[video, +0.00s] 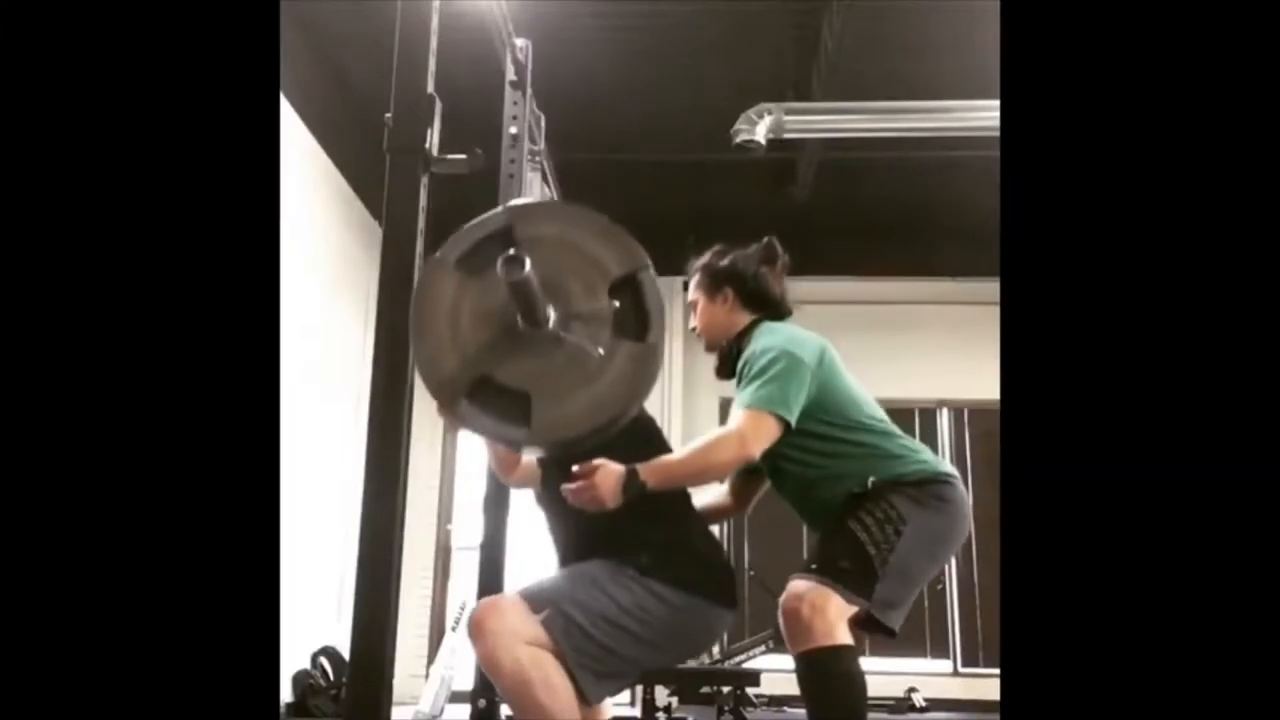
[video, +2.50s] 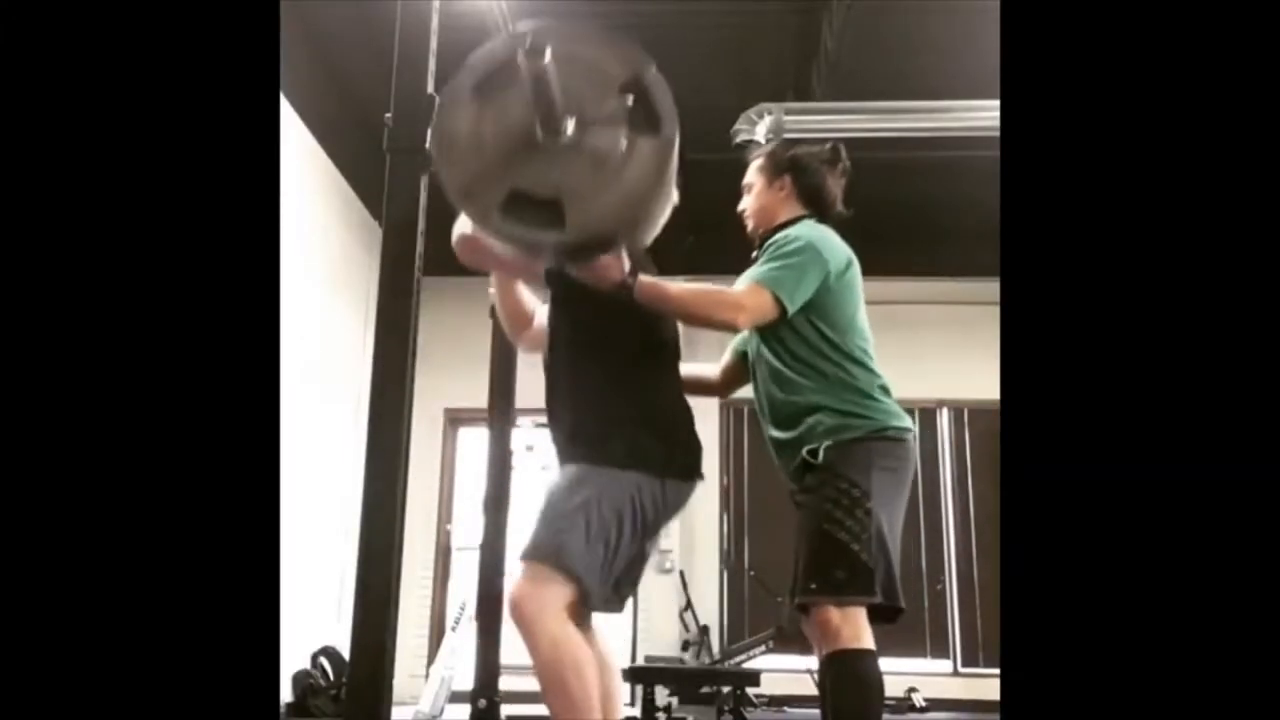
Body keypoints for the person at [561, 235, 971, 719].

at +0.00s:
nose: (692, 321)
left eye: (695, 304)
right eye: (691, 306)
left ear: (728, 297)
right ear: (736, 301)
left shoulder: (779, 343)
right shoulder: (762, 370)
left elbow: (746, 440)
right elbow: (733, 498)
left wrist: (632, 479)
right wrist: (649, 521)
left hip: (914, 493)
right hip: (877, 505)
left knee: (810, 609)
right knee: (812, 616)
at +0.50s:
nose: (692, 369)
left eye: (696, 353)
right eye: (691, 356)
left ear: (729, 346)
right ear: (735, 347)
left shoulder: (781, 395)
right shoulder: (761, 417)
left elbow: (739, 498)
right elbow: (729, 542)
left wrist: (626, 519)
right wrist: (653, 556)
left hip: (931, 532)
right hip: (912, 544)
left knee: (804, 605)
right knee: (805, 624)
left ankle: (839, 715)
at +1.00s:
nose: (691, 368)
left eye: (697, 351)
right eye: (691, 354)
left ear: (730, 347)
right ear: (733, 350)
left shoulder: (780, 398)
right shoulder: (757, 417)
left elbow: (735, 497)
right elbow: (719, 542)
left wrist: (625, 512)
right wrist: (640, 546)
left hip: (926, 540)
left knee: (799, 608)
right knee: (794, 617)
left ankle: (838, 715)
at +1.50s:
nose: (693, 326)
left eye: (698, 311)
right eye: (693, 314)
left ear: (730, 306)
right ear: (732, 307)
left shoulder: (778, 357)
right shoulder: (758, 377)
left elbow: (736, 453)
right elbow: (721, 502)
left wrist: (623, 461)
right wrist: (642, 503)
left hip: (914, 506)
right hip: (867, 518)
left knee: (812, 602)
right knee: (787, 611)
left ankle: (846, 715)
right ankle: (830, 716)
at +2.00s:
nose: (707, 255)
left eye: (715, 239)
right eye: (708, 242)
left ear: (751, 236)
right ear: (751, 239)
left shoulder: (784, 288)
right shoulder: (760, 314)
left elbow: (736, 377)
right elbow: (720, 436)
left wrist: (626, 372)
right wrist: (643, 441)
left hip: (897, 460)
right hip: (852, 474)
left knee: (830, 599)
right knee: (805, 603)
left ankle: (855, 716)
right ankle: (834, 718)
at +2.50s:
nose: (741, 202)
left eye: (749, 187)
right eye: (743, 189)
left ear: (785, 187)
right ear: (789, 192)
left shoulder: (811, 241)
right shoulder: (775, 272)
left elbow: (743, 308)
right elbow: (723, 380)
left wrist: (630, 282)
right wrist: (637, 369)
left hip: (862, 442)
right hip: (827, 453)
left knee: (837, 612)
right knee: (822, 618)